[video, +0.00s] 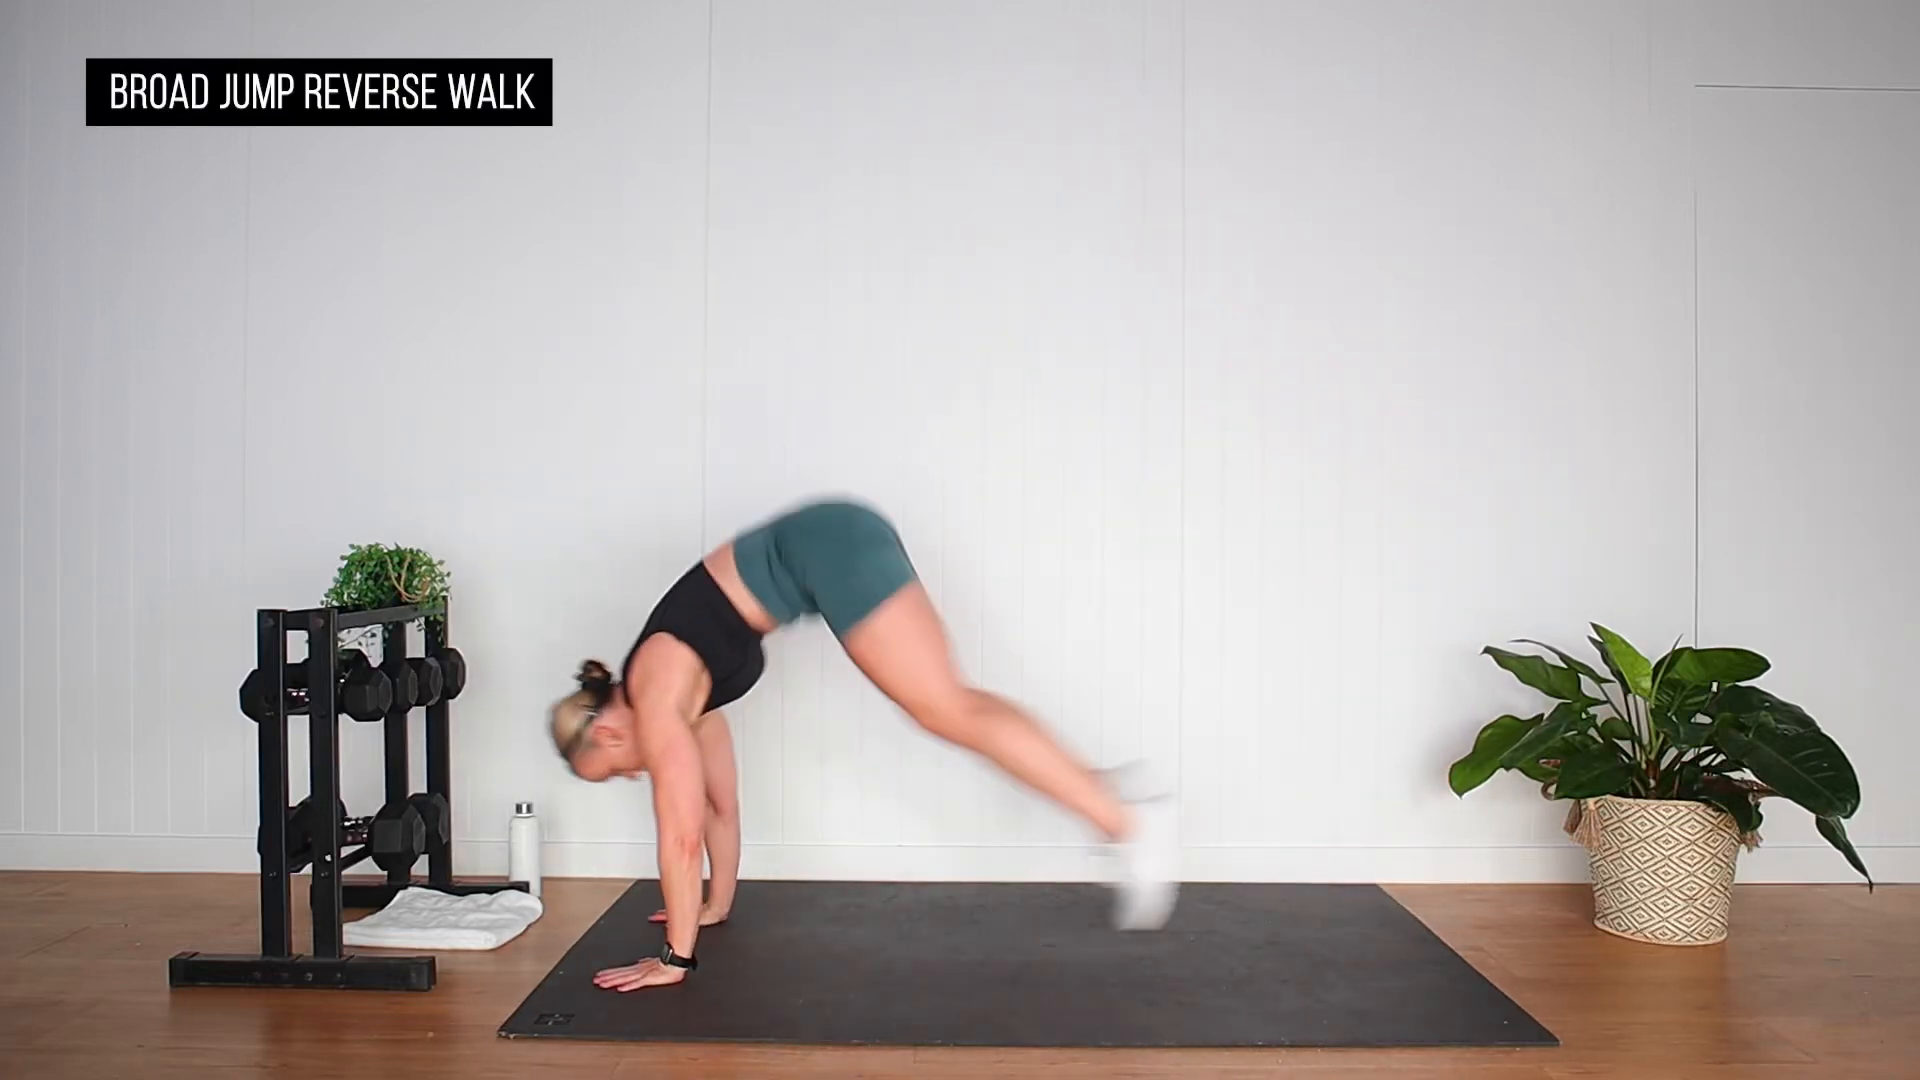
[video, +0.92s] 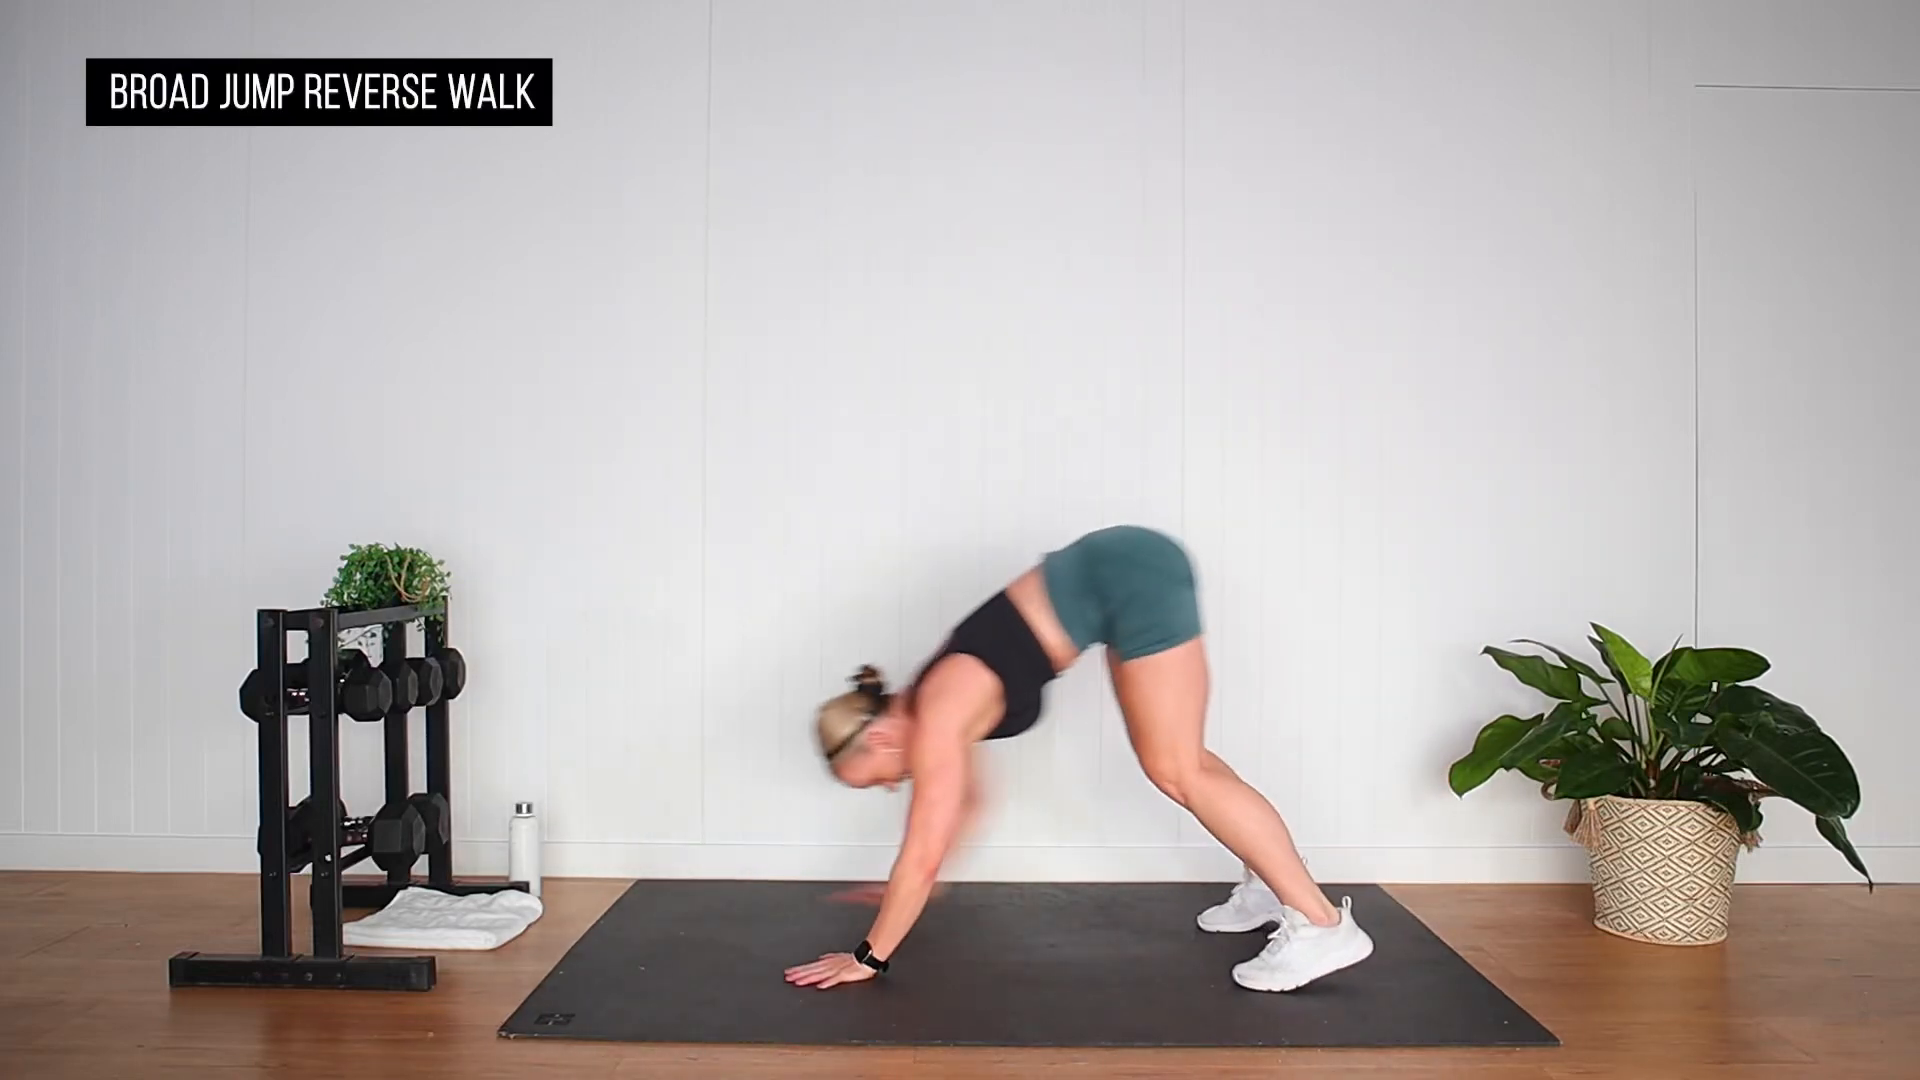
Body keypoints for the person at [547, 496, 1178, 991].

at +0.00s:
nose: (629, 774)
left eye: (609, 766)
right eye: (613, 772)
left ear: (606, 726)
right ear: (615, 721)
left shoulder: (654, 693)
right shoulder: (676, 689)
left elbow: (680, 832)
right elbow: (718, 809)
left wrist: (678, 957)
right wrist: (717, 903)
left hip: (832, 547)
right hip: (834, 544)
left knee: (950, 712)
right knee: (954, 703)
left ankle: (1124, 827)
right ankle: (1103, 794)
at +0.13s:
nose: (589, 751)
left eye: (575, 742)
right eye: (577, 747)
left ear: (587, 702)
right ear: (595, 697)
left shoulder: (645, 682)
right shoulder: (677, 687)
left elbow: (674, 823)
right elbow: (714, 807)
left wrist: (676, 953)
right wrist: (716, 901)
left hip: (858, 634)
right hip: (859, 631)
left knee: (1029, 764)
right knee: (1031, 754)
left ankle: (1194, 876)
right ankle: (1184, 868)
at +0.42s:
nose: (674, 750)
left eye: (663, 737)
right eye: (662, 744)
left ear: (677, 700)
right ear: (679, 693)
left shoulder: (745, 697)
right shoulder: (741, 686)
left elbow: (738, 842)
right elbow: (740, 827)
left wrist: (690, 955)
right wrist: (706, 908)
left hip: (956, 636)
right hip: (952, 633)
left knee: (1096, 790)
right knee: (1096, 782)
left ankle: (1275, 905)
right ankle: (1250, 862)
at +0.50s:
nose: (708, 761)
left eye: (695, 748)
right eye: (693, 754)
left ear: (707, 708)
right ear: (709, 698)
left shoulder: (771, 694)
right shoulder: (763, 685)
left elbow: (799, 828)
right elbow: (759, 809)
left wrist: (761, 926)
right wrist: (724, 904)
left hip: (987, 614)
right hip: (984, 613)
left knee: (1109, 774)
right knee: (1111, 766)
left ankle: (1278, 901)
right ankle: (1258, 869)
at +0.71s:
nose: (802, 774)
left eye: (790, 764)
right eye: (789, 771)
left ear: (804, 724)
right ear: (805, 715)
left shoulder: (874, 708)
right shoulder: (851, 703)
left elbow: (895, 838)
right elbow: (798, 822)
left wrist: (869, 954)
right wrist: (724, 903)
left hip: (1058, 582)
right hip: (1052, 585)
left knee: (1149, 761)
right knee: (1149, 756)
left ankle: (1300, 907)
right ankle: (1275, 881)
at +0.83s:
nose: (863, 785)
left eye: (850, 777)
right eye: (849, 784)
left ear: (855, 735)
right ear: (852, 730)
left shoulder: (914, 713)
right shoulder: (898, 702)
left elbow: (915, 844)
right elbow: (892, 810)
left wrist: (870, 956)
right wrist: (819, 883)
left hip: (1103, 582)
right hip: (1093, 580)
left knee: (1173, 767)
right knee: (1173, 760)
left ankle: (1314, 916)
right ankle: (1276, 876)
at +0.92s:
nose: (892, 786)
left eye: (881, 777)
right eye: (880, 783)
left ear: (881, 733)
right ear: (884, 727)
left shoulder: (938, 716)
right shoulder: (939, 703)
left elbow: (923, 853)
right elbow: (967, 807)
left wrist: (870, 958)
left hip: (1135, 574)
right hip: (1121, 575)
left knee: (1179, 768)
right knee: (1177, 761)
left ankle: (1321, 921)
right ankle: (1274, 878)